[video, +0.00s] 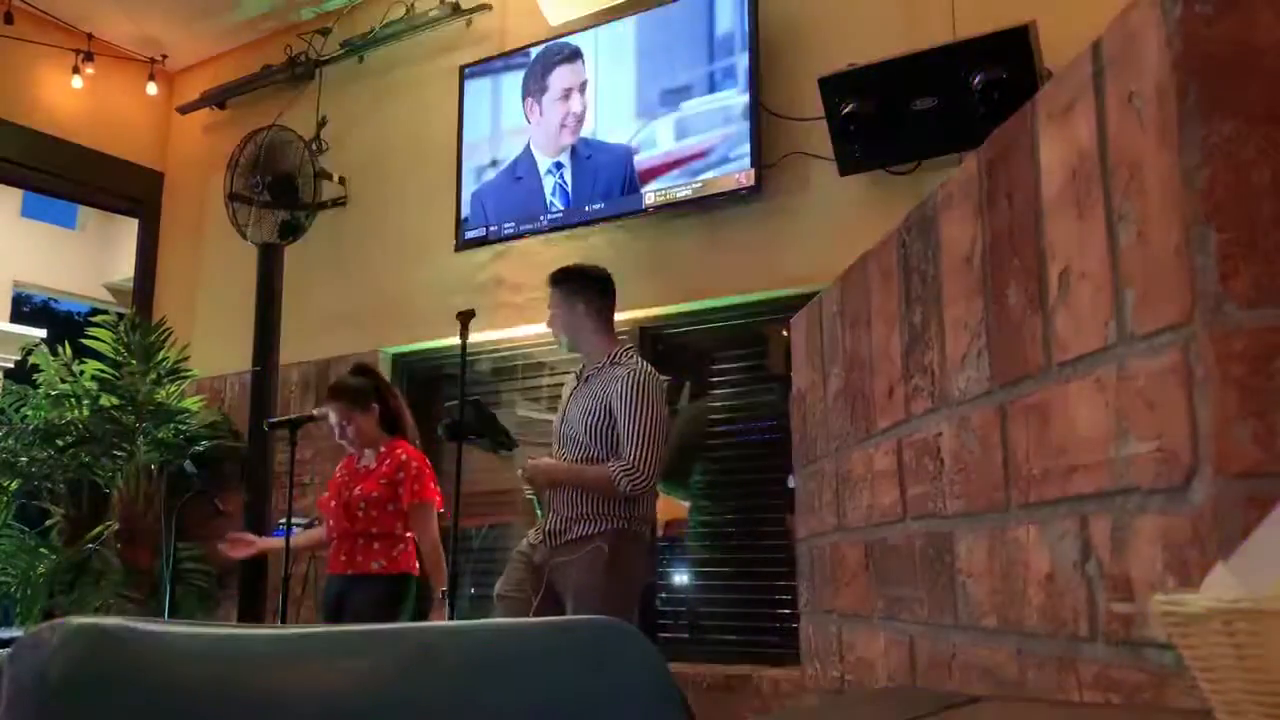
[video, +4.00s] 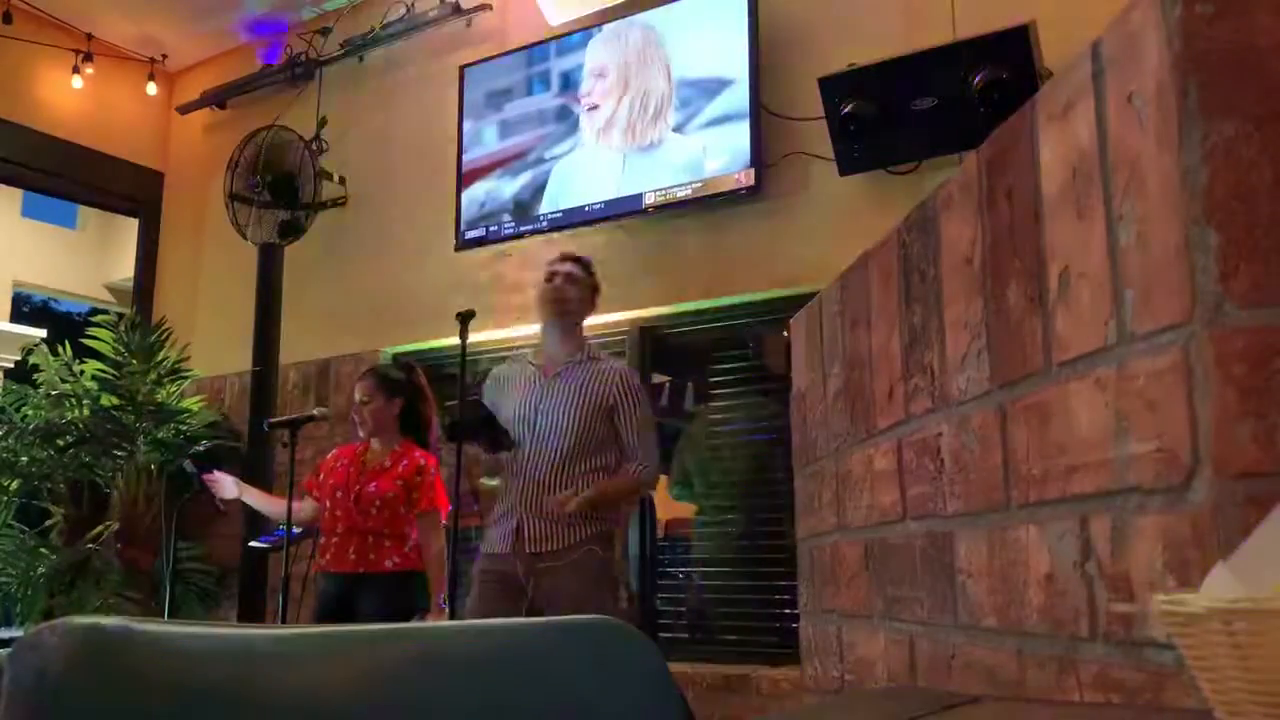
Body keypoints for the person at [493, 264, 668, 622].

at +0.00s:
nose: (548, 321)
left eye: (553, 308)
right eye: (549, 309)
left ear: (581, 309)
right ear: (586, 310)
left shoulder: (634, 377)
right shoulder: (582, 379)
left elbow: (638, 477)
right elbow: (585, 461)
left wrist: (556, 472)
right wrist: (546, 470)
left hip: (604, 544)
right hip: (552, 538)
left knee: (599, 664)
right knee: (507, 645)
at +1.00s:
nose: (450, 345)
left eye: (455, 331)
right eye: (444, 338)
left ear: (487, 325)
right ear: (445, 343)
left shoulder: (542, 372)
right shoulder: (473, 400)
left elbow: (589, 434)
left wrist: (518, 479)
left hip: (551, 541)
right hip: (494, 546)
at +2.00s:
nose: (505, 315)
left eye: (516, 307)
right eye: (495, 310)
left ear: (537, 320)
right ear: (487, 328)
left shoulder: (585, 378)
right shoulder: (484, 404)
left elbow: (631, 445)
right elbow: (473, 480)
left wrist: (582, 468)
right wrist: (495, 495)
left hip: (594, 540)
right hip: (527, 548)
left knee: (598, 647)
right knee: (528, 652)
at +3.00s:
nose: (628, 306)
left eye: (641, 299)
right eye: (629, 298)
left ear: (671, 317)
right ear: (627, 306)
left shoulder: (680, 384)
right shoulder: (624, 387)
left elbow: (677, 480)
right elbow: (620, 469)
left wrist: (596, 494)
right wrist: (577, 486)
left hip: (646, 548)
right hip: (593, 547)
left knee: (642, 675)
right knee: (565, 664)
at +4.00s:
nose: (558, 284)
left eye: (572, 279)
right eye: (550, 278)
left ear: (591, 299)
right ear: (538, 296)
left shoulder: (617, 379)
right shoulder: (502, 379)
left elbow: (644, 470)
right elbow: (491, 461)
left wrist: (589, 498)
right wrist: (475, 459)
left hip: (578, 556)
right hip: (500, 556)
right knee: (480, 668)